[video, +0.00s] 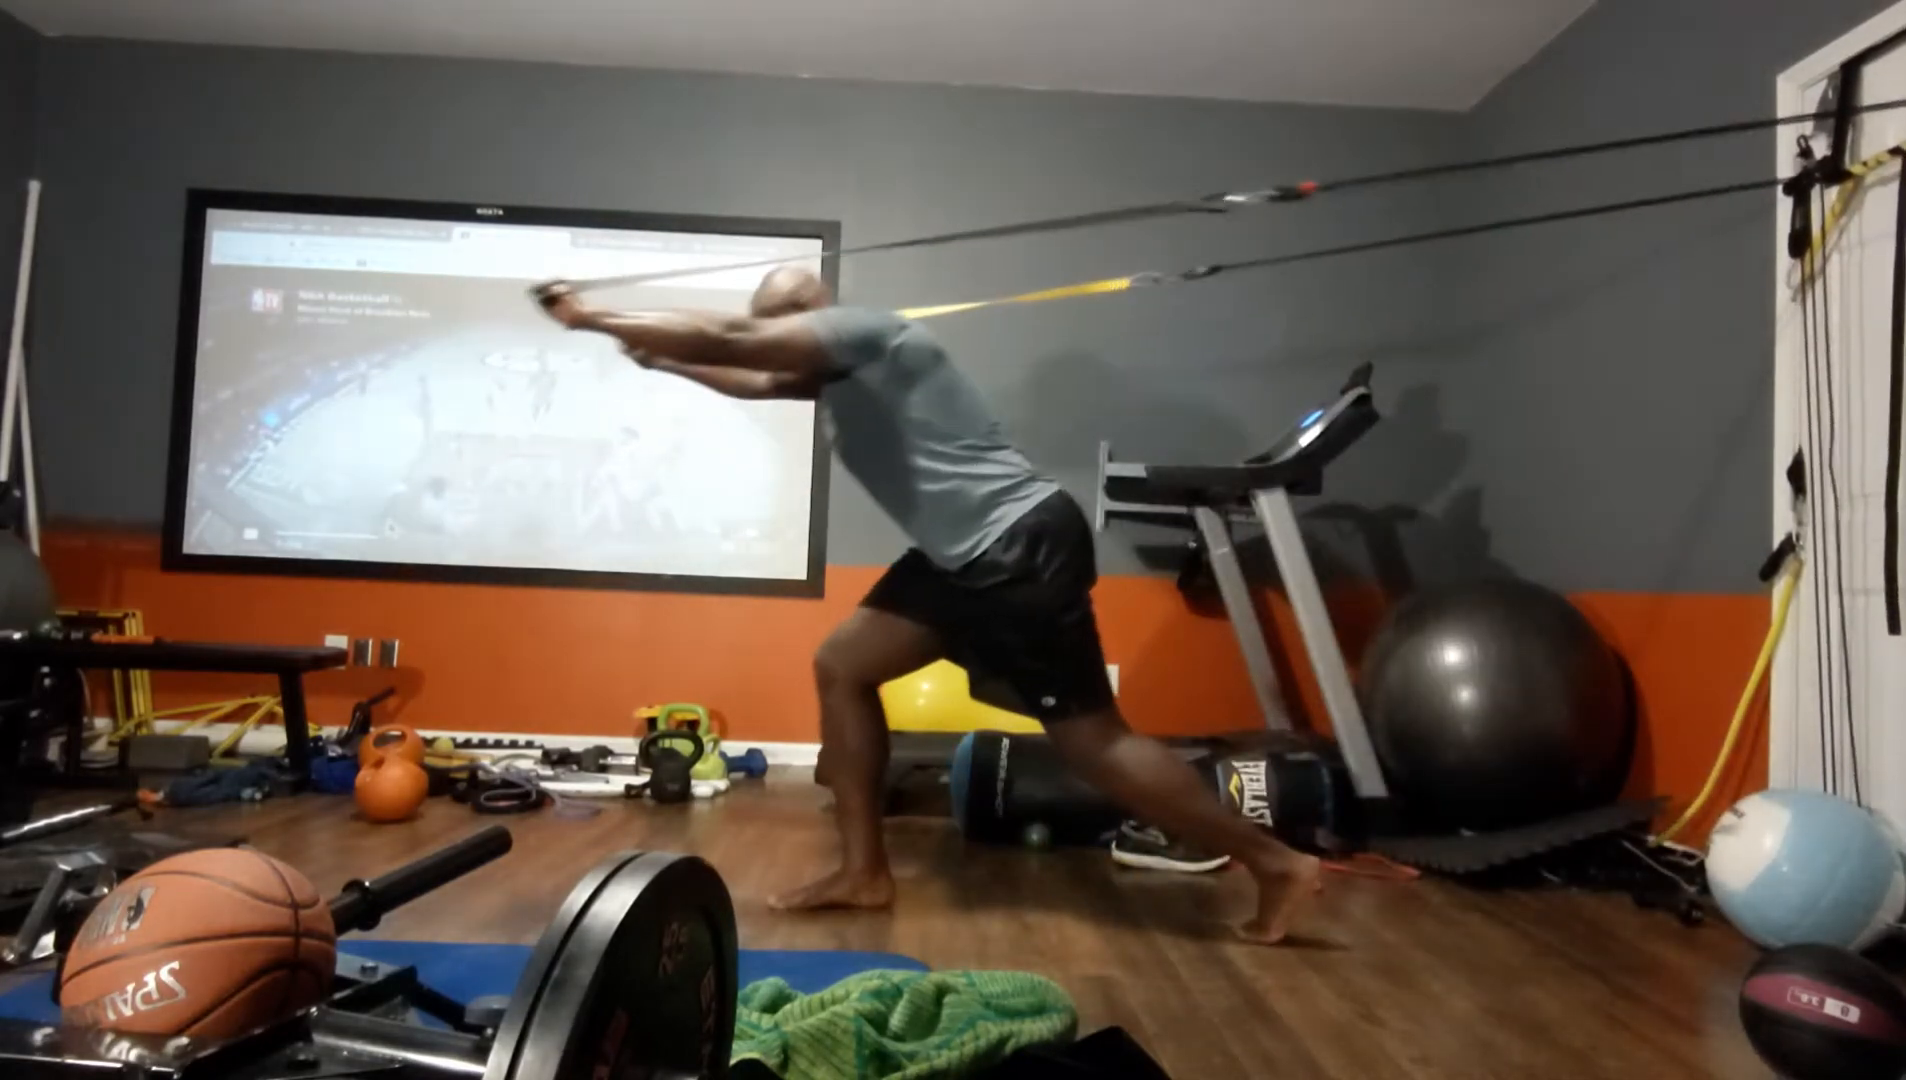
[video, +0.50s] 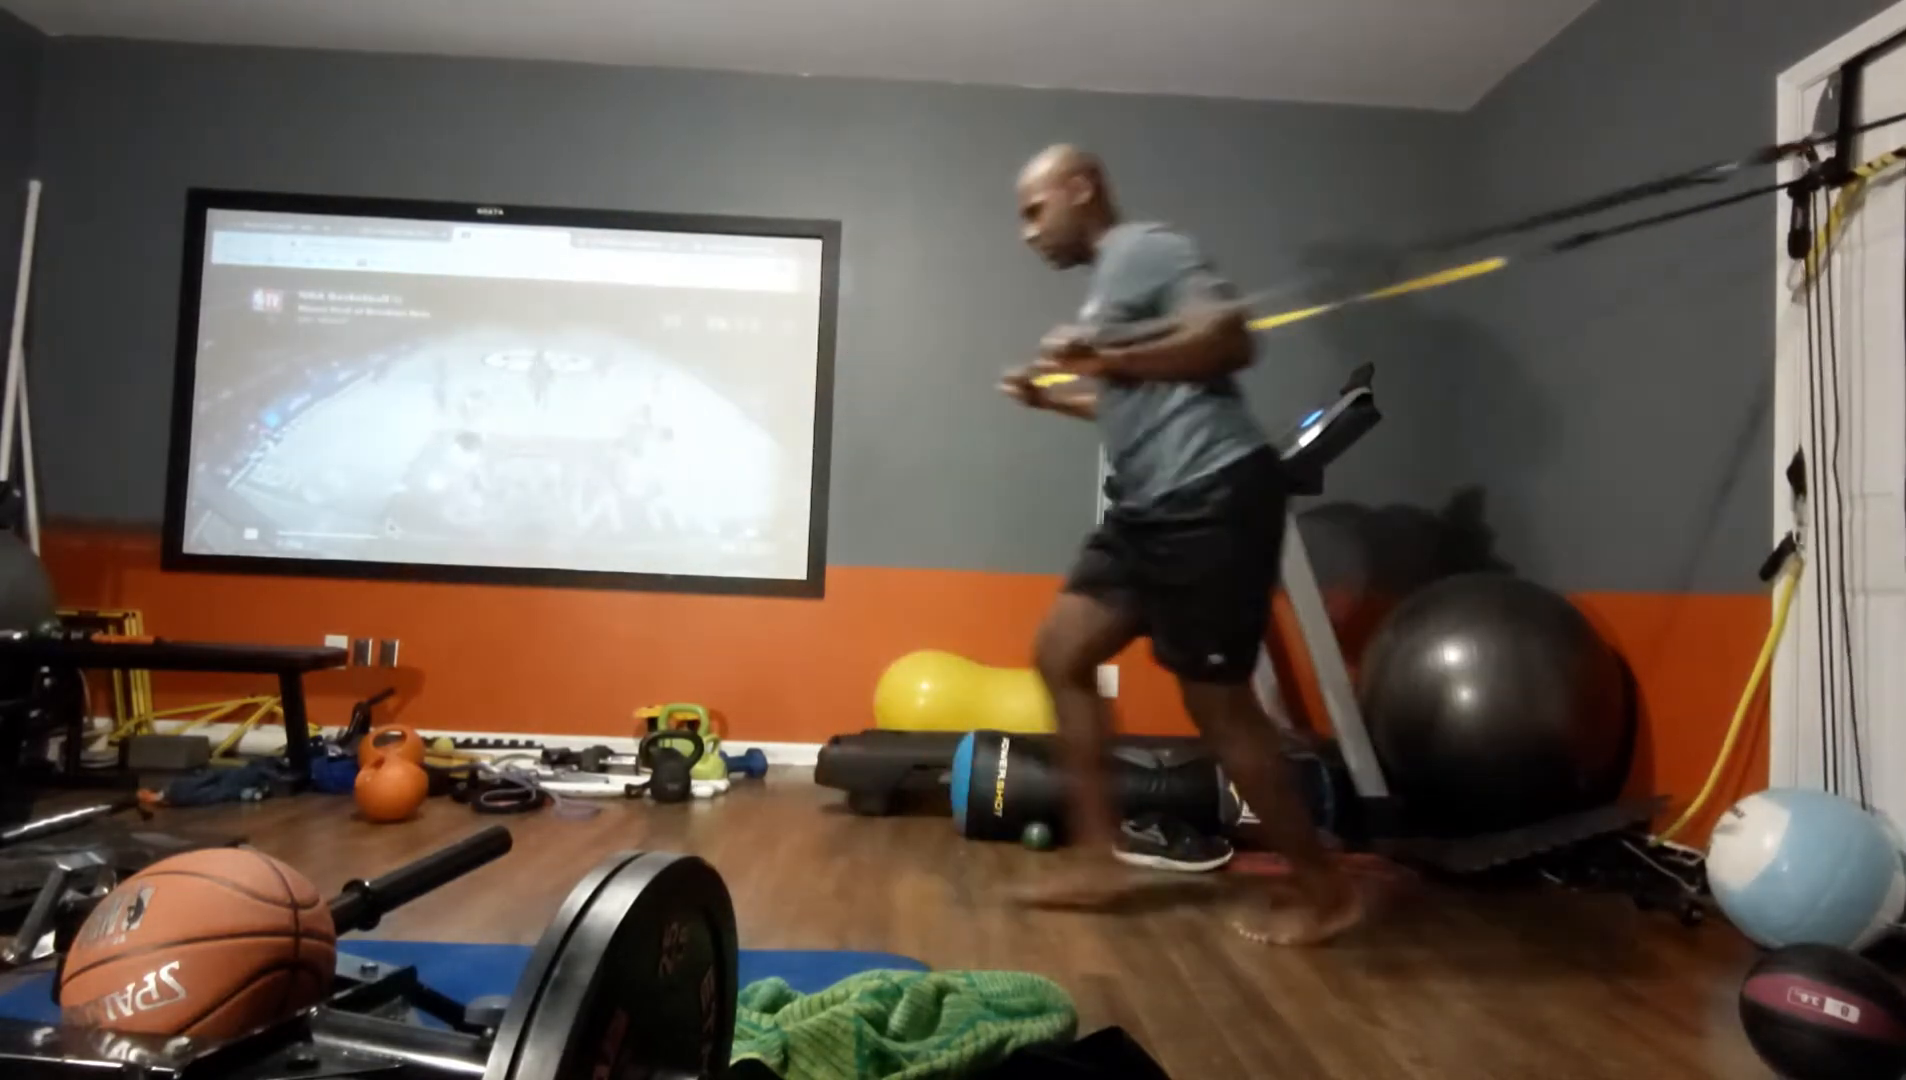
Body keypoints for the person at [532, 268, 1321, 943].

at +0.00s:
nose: (757, 330)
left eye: (762, 316)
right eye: (757, 318)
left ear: (801, 299)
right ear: (804, 304)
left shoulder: (868, 328)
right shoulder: (845, 371)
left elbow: (732, 336)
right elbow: (744, 376)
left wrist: (594, 315)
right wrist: (651, 351)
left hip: (1024, 545)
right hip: (958, 558)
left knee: (1097, 749)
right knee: (842, 667)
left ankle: (1280, 867)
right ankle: (861, 872)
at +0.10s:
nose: (812, 304)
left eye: (819, 288)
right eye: (808, 294)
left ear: (862, 277)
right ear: (836, 298)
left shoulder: (921, 314)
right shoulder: (880, 367)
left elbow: (809, 339)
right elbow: (803, 384)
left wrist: (671, 316)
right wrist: (710, 353)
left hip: (1050, 540)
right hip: (978, 553)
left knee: (1108, 750)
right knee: (866, 666)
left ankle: (1282, 865)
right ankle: (862, 877)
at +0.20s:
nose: (876, 277)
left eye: (887, 256)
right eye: (869, 265)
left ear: (931, 246)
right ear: (875, 270)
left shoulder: (987, 290)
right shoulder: (933, 348)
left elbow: (935, 341)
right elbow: (891, 397)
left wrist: (803, 322)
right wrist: (804, 364)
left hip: (1088, 522)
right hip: (1013, 539)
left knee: (1125, 733)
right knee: (906, 668)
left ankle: (1298, 873)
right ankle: (866, 873)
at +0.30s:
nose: (934, 253)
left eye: (943, 233)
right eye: (928, 241)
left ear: (991, 215)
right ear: (957, 238)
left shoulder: (1047, 262)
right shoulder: (998, 315)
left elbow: (1054, 338)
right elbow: (992, 404)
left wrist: (915, 334)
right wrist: (904, 379)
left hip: (1128, 500)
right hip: (1059, 521)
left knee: (1172, 720)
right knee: (972, 678)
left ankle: (1306, 874)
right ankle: (886, 869)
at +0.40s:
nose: (987, 240)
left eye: (994, 218)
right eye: (981, 226)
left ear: (1047, 200)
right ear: (1018, 217)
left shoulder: (1100, 253)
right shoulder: (1055, 304)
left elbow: (1142, 340)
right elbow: (1069, 409)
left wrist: (1019, 344)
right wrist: (984, 387)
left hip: (1177, 502)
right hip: (1110, 517)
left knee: (1202, 710)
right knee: (1016, 664)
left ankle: (1321, 885)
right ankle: (979, 864)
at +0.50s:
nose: (1028, 231)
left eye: (1035, 210)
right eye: (1022, 217)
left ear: (1084, 189)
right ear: (1074, 197)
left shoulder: (1147, 249)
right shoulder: (1103, 292)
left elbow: (1227, 338)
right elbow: (1135, 408)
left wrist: (1105, 355)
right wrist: (1058, 398)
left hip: (1219, 494)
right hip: (1152, 507)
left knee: (1221, 708)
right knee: (1062, 653)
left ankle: (1325, 886)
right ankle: (1099, 857)